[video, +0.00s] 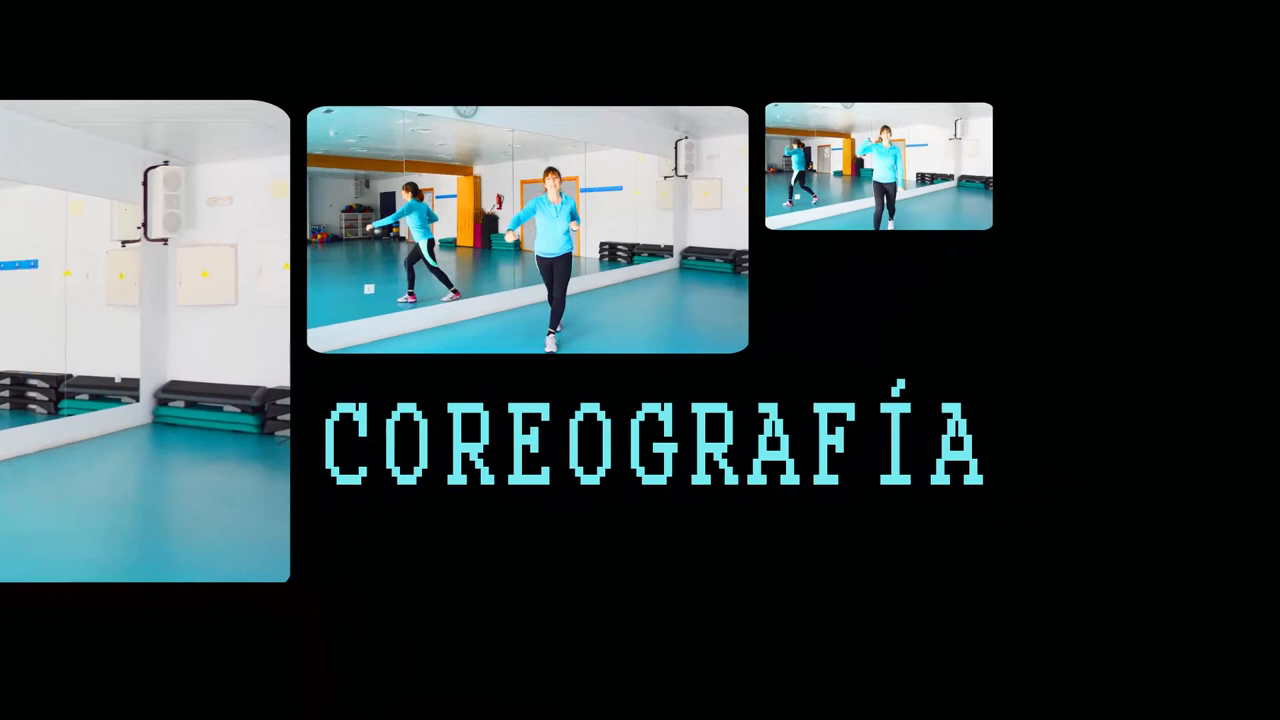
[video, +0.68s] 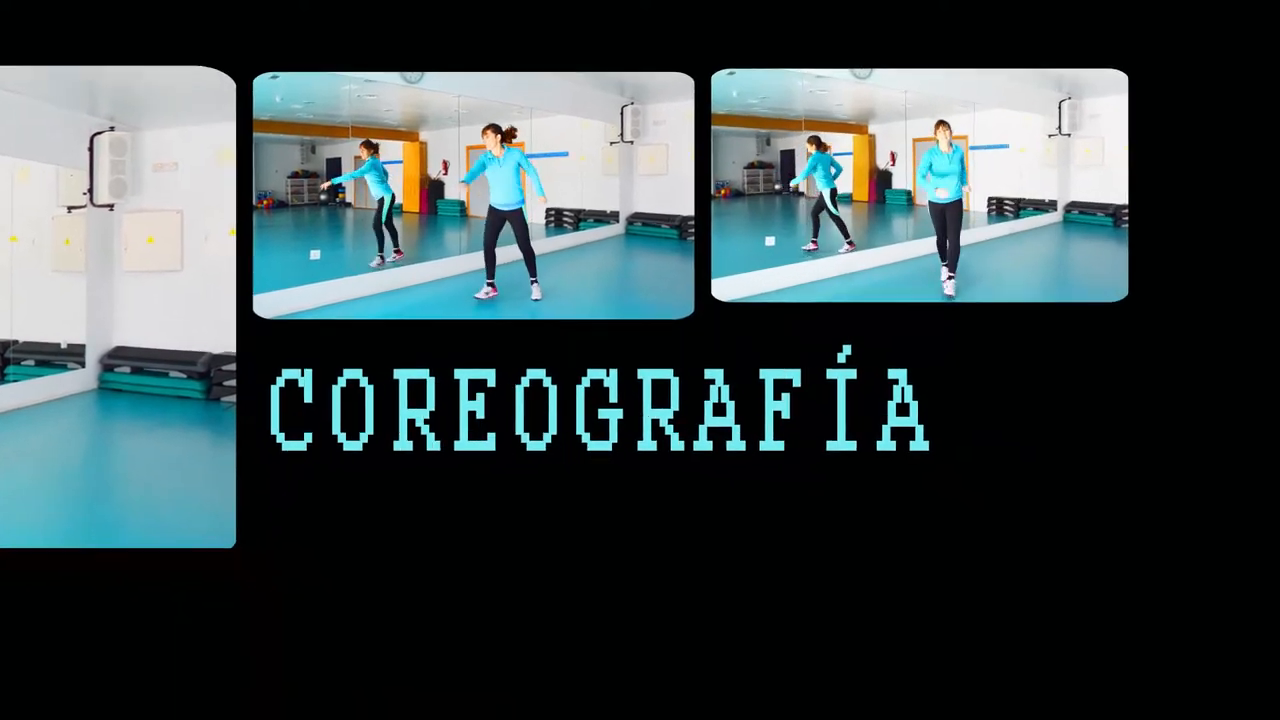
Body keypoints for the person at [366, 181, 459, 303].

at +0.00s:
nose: (403, 195)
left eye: (404, 193)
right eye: (403, 193)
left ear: (410, 193)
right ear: (414, 193)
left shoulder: (409, 205)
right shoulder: (423, 205)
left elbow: (393, 218)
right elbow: (434, 218)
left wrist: (374, 224)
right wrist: (421, 221)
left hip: (424, 241)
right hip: (424, 240)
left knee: (433, 267)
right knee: (408, 262)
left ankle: (454, 291)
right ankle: (410, 294)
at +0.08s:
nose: (401, 190)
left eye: (402, 187)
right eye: (401, 188)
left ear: (407, 187)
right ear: (412, 188)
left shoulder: (407, 201)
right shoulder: (421, 199)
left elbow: (394, 217)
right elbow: (434, 212)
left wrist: (378, 225)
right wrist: (424, 220)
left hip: (423, 235)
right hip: (422, 234)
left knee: (429, 261)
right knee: (408, 259)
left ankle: (447, 288)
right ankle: (406, 289)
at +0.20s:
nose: (396, 181)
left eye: (397, 178)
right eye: (396, 178)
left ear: (402, 178)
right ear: (407, 178)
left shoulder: (401, 192)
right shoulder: (417, 189)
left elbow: (394, 214)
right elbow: (429, 203)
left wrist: (396, 211)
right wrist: (426, 219)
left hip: (415, 225)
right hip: (419, 223)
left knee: (424, 254)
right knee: (402, 250)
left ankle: (437, 283)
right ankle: (409, 280)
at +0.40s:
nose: (383, 176)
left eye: (384, 173)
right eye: (383, 173)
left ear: (391, 173)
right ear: (395, 173)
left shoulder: (388, 187)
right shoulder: (405, 183)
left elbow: (381, 200)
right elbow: (418, 197)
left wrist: (387, 191)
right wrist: (418, 211)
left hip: (402, 220)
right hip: (408, 218)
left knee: (410, 247)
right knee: (397, 248)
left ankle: (422, 276)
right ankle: (414, 269)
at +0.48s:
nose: (377, 170)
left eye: (379, 167)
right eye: (377, 167)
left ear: (386, 167)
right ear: (389, 167)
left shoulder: (383, 180)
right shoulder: (397, 178)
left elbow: (373, 193)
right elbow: (410, 192)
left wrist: (380, 186)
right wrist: (410, 207)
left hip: (397, 212)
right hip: (400, 211)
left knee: (402, 240)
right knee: (396, 241)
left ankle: (414, 270)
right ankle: (410, 266)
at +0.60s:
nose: (367, 157)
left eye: (369, 154)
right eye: (367, 155)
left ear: (375, 155)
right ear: (378, 155)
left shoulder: (374, 169)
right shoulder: (384, 166)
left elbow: (359, 181)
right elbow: (395, 179)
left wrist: (344, 186)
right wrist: (393, 193)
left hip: (389, 200)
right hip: (392, 199)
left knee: (386, 230)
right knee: (392, 229)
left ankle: (398, 259)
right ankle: (400, 256)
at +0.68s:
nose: (361, 153)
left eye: (362, 151)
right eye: (361, 151)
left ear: (370, 151)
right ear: (370, 151)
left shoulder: (370, 163)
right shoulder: (376, 162)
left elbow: (353, 175)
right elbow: (386, 173)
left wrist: (331, 182)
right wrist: (381, 185)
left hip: (385, 197)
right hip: (386, 196)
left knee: (377, 225)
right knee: (388, 224)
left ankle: (380, 256)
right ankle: (397, 251)